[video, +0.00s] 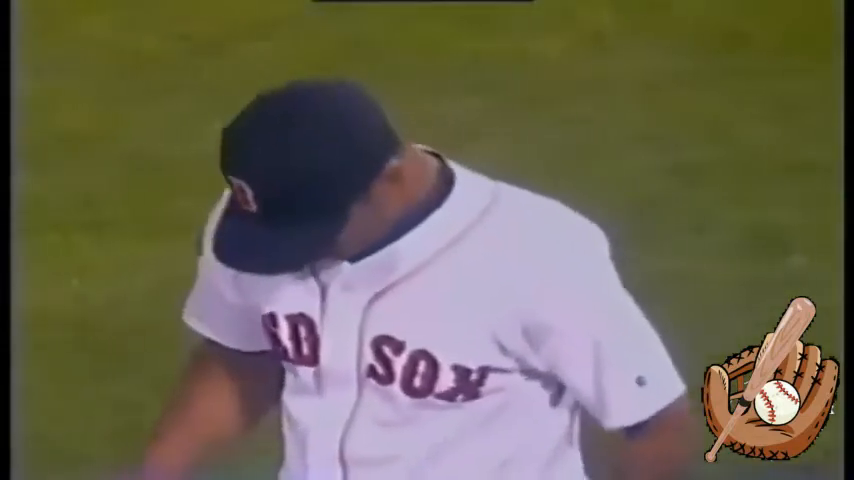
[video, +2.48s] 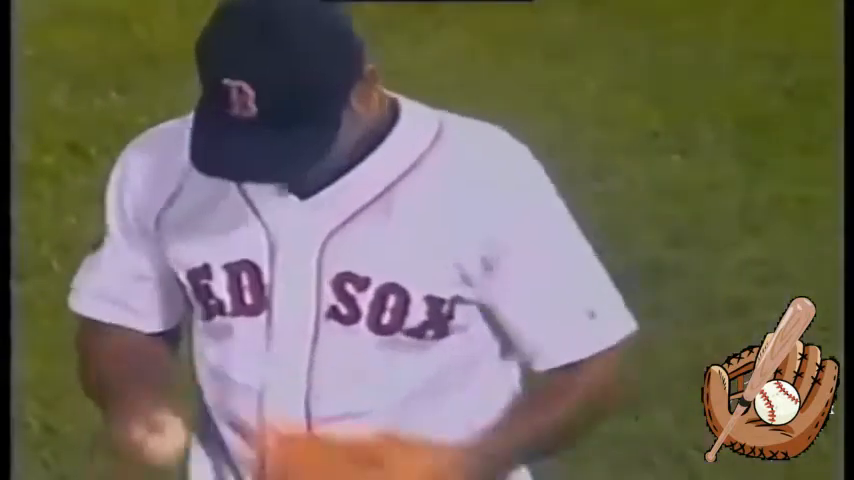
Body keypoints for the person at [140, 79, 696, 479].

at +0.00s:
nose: (305, 257)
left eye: (318, 237)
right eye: (287, 240)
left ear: (390, 180)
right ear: (256, 203)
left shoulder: (547, 253)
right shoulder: (255, 223)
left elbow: (666, 430)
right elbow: (240, 363)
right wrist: (159, 465)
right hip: (312, 468)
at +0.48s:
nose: (296, 314)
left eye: (319, 293)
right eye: (277, 296)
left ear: (392, 222)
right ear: (256, 234)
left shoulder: (550, 275)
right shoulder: (248, 229)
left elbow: (668, 443)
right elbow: (216, 386)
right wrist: (165, 469)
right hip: (303, 469)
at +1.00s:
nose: (338, 281)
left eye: (350, 256)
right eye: (311, 265)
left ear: (410, 189)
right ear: (271, 220)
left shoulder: (578, 231)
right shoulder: (265, 228)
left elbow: (694, 397)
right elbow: (253, 374)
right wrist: (214, 469)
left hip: (570, 469)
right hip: (361, 468)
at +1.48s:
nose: (402, 249)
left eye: (423, 227)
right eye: (382, 229)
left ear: (492, 169)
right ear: (346, 169)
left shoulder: (645, 206)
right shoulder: (318, 176)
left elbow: (766, 374)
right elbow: (281, 333)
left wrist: (751, 441)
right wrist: (241, 462)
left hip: (597, 468)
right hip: (379, 466)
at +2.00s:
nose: (290, 239)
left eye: (314, 217)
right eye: (271, 215)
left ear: (387, 149)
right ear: (242, 161)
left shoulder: (526, 187)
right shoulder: (201, 175)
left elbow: (697, 347)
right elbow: (156, 330)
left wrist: (764, 433)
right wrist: (121, 466)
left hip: (479, 468)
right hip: (263, 466)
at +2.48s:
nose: (278, 173)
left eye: (303, 148)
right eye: (255, 153)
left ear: (364, 88)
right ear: (220, 104)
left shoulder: (485, 175)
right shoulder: (162, 171)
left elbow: (595, 366)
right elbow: (120, 315)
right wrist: (140, 405)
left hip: (436, 470)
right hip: (237, 470)